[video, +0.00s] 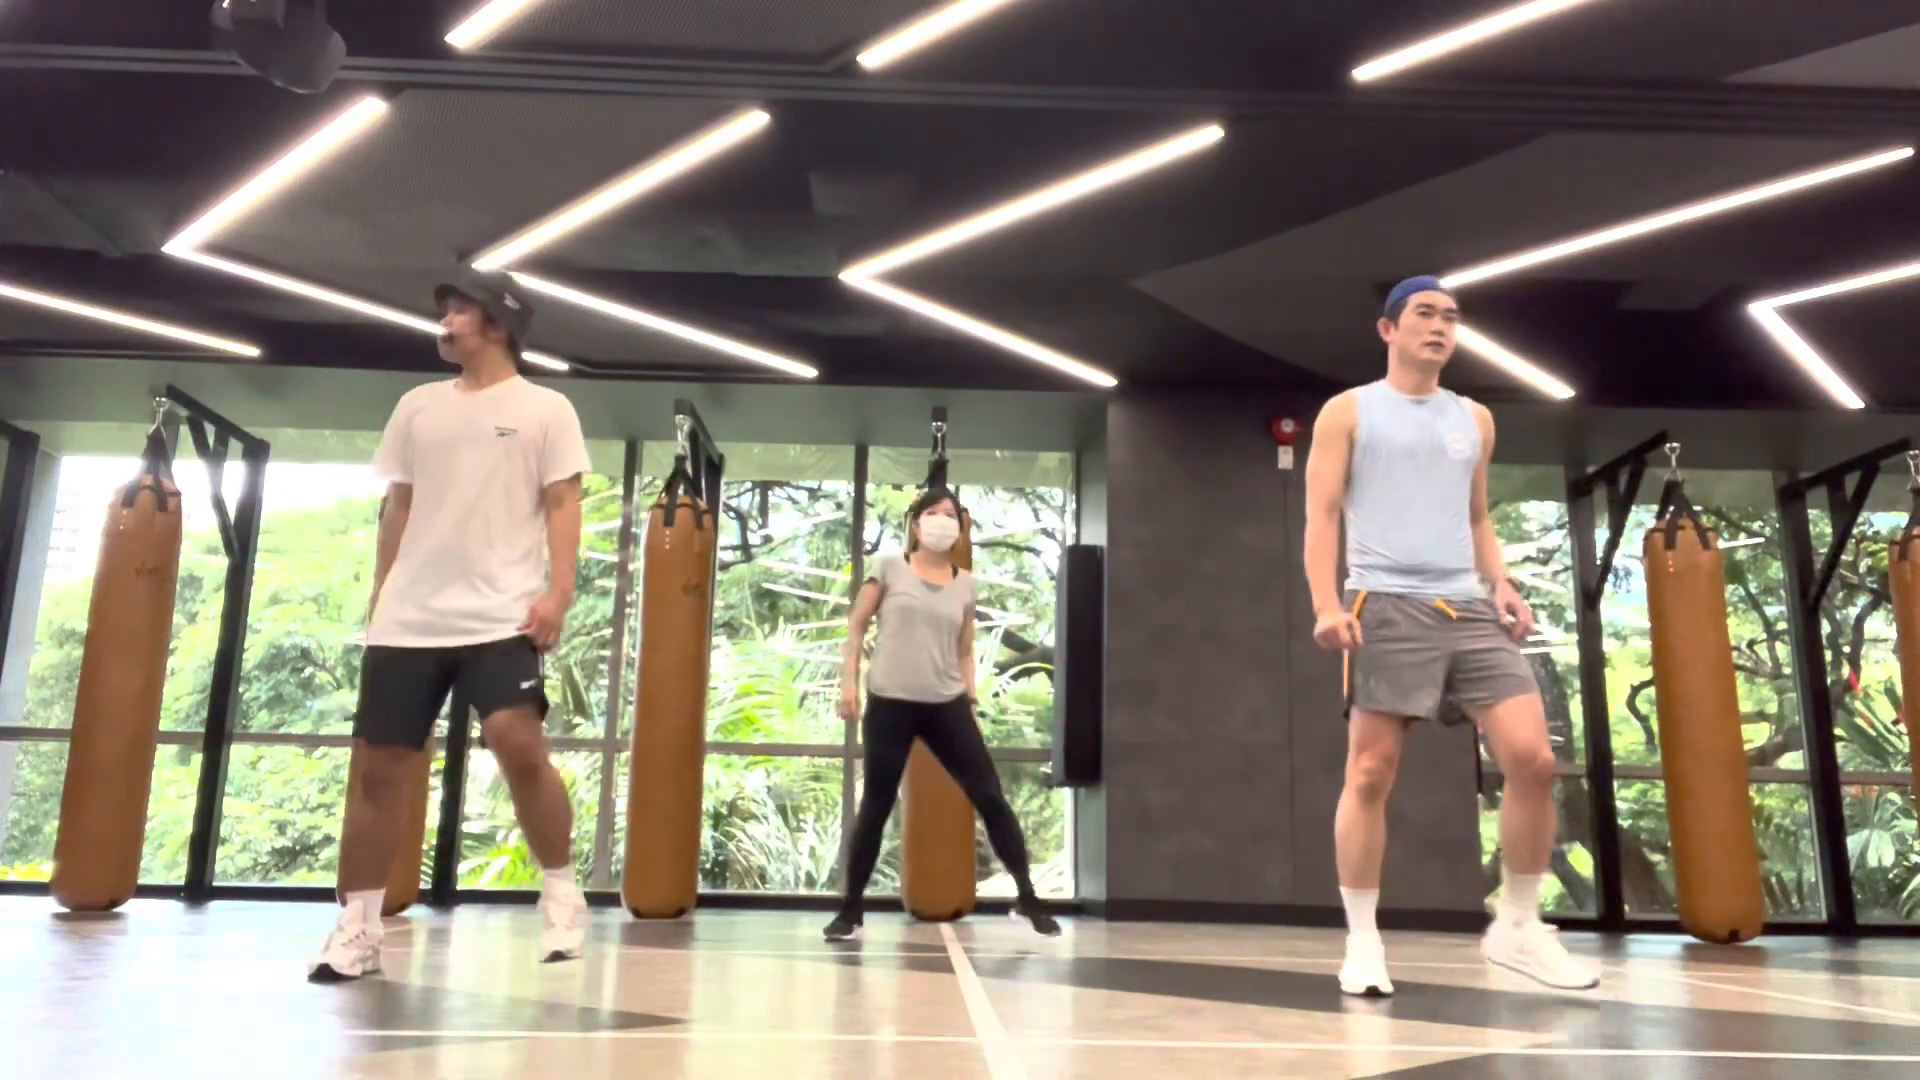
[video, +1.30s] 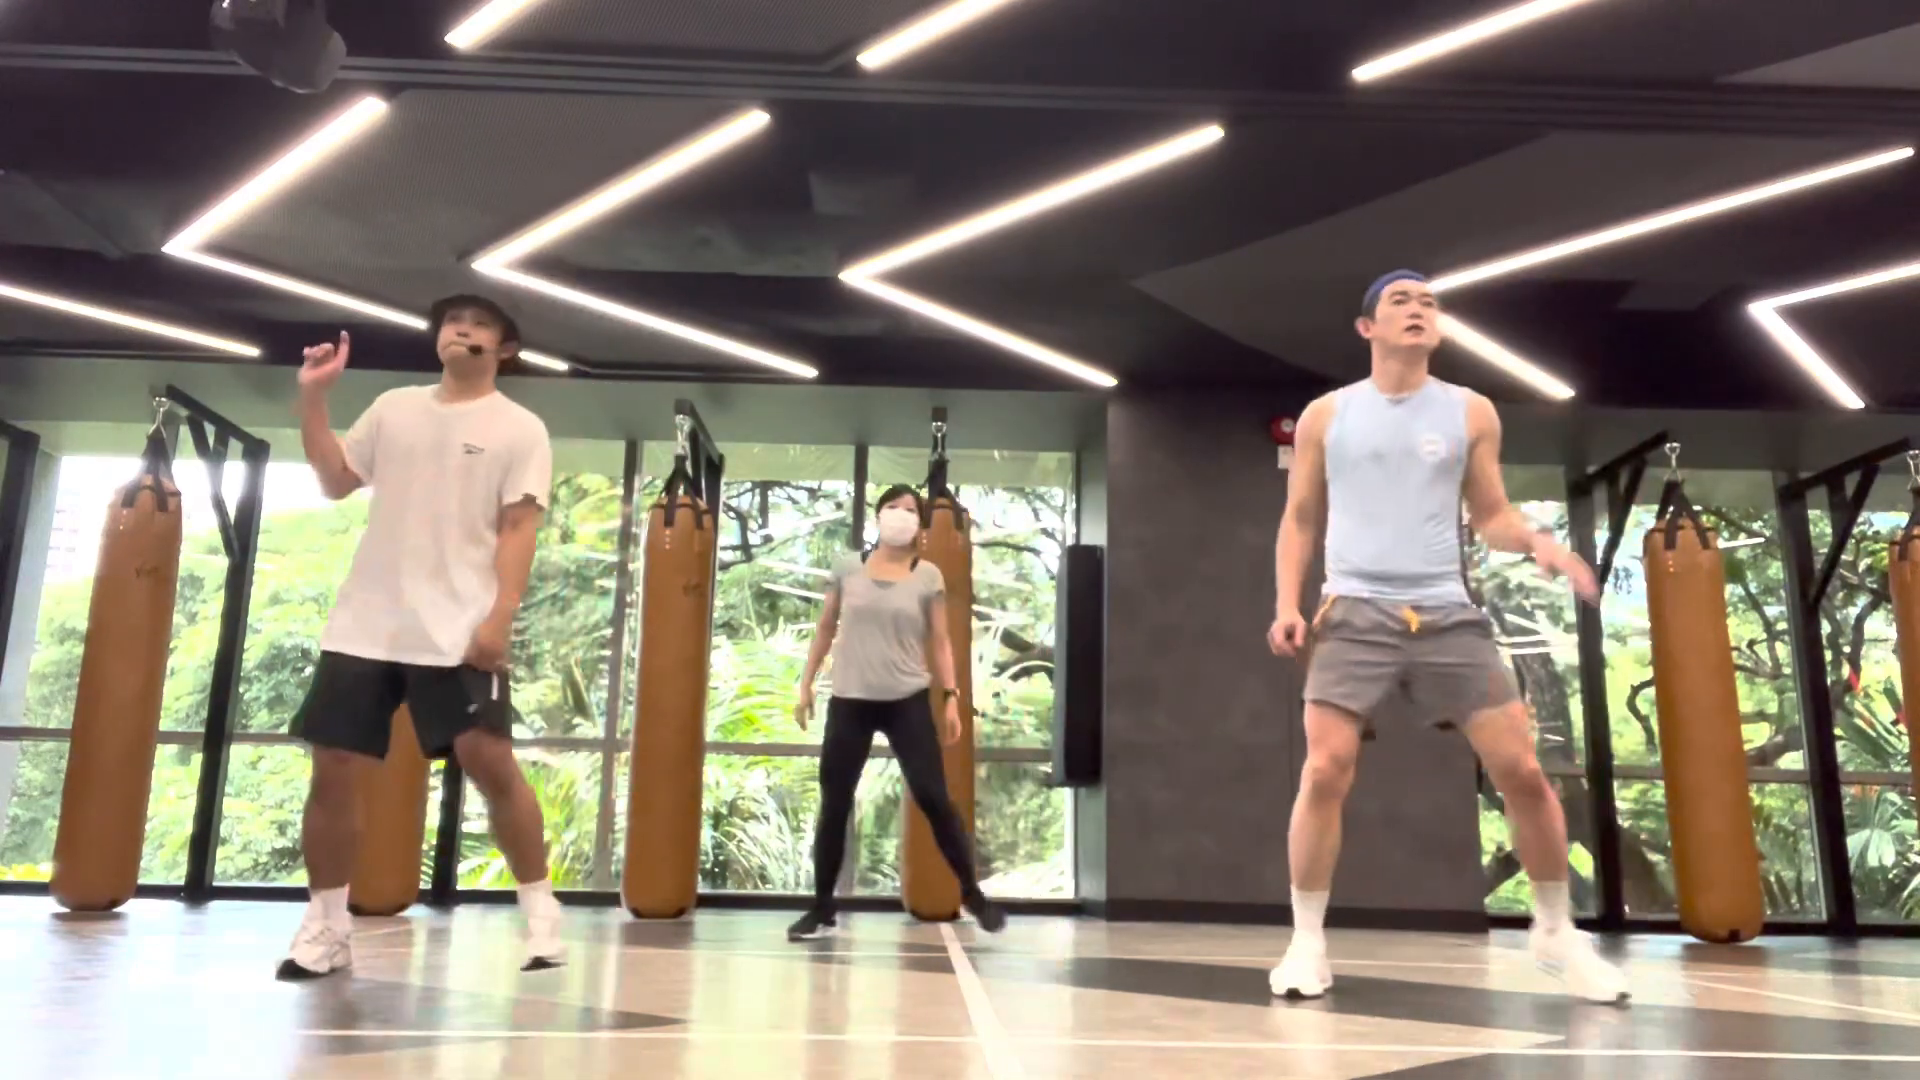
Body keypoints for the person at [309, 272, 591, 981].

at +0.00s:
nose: (445, 322)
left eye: (459, 309)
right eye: (445, 311)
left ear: (499, 321)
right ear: (454, 325)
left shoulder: (547, 409)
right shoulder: (416, 407)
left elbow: (564, 506)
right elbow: (397, 515)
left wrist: (559, 592)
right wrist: (383, 603)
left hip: (501, 614)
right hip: (408, 615)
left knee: (519, 746)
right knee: (375, 765)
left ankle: (560, 892)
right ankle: (359, 929)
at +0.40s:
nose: (548, 326)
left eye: (562, 314)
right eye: (540, 319)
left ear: (598, 327)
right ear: (535, 338)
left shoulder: (637, 410)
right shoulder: (519, 412)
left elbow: (659, 503)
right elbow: (492, 514)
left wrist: (649, 588)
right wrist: (422, 551)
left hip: (590, 617)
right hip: (504, 611)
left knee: (589, 765)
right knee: (450, 746)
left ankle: (608, 929)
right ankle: (446, 905)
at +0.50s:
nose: (573, 320)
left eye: (587, 312)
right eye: (562, 312)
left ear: (613, 331)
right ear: (547, 334)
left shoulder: (642, 408)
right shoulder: (526, 411)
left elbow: (667, 500)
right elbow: (505, 509)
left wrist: (656, 587)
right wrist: (434, 531)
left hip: (602, 614)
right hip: (517, 611)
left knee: (595, 759)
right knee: (476, 745)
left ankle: (608, 928)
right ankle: (525, 894)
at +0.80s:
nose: (567, 328)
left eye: (580, 320)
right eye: (554, 322)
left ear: (605, 339)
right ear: (537, 346)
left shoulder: (632, 412)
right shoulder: (518, 422)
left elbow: (638, 512)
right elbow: (487, 508)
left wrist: (615, 606)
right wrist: (428, 448)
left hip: (588, 618)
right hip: (507, 615)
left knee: (588, 773)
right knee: (455, 746)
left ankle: (608, 927)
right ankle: (520, 881)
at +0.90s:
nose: (554, 323)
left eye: (567, 315)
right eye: (541, 317)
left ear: (593, 334)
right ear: (524, 341)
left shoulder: (619, 408)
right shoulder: (503, 417)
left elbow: (626, 509)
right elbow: (460, 494)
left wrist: (600, 598)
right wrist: (416, 416)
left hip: (574, 615)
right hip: (488, 611)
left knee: (582, 768)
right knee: (422, 741)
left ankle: (607, 928)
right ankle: (440, 897)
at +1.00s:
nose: (540, 332)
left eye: (554, 322)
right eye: (527, 324)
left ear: (579, 344)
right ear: (508, 346)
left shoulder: (601, 421)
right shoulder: (478, 420)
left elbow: (612, 517)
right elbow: (424, 496)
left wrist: (585, 604)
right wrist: (394, 415)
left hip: (550, 625)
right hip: (465, 620)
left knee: (567, 768)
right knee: (396, 757)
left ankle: (605, 927)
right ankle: (355, 912)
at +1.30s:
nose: (463, 331)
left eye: (480, 324)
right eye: (453, 321)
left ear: (504, 348)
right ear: (435, 339)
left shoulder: (520, 428)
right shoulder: (393, 407)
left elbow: (518, 528)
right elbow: (336, 479)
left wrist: (500, 617)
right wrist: (312, 397)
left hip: (460, 627)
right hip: (367, 619)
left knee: (489, 761)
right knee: (332, 763)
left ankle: (540, 912)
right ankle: (327, 928)